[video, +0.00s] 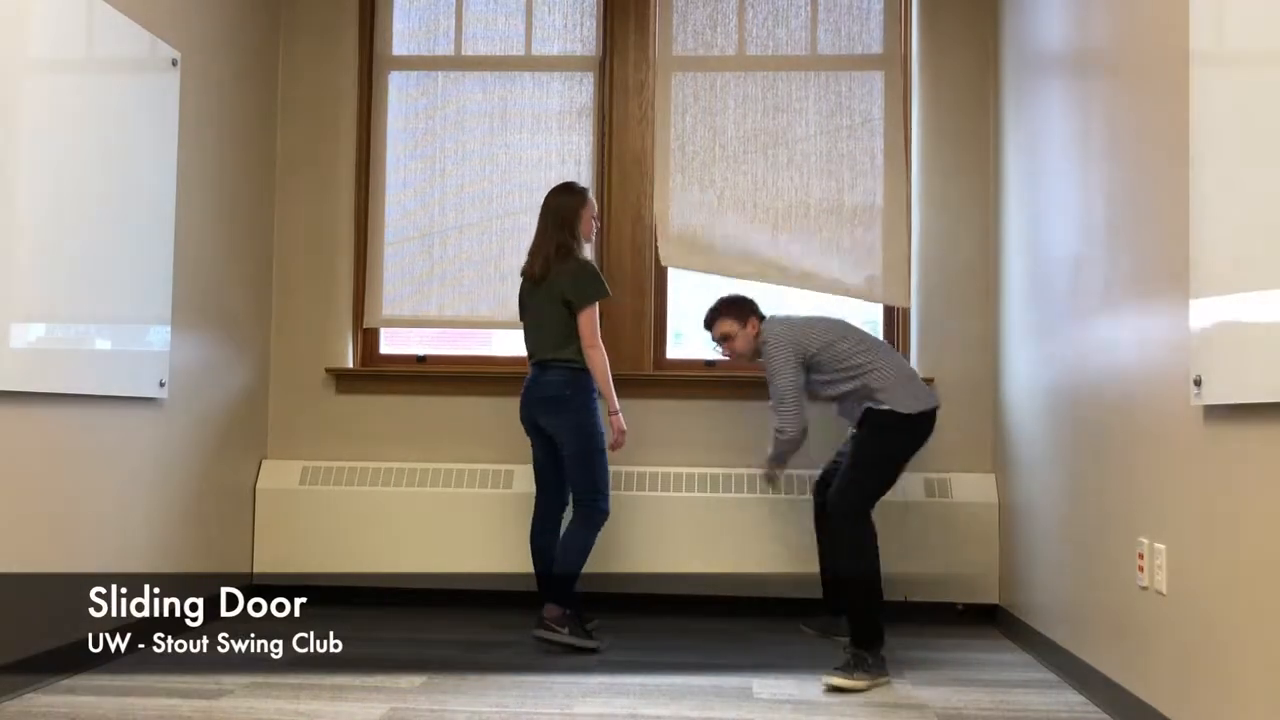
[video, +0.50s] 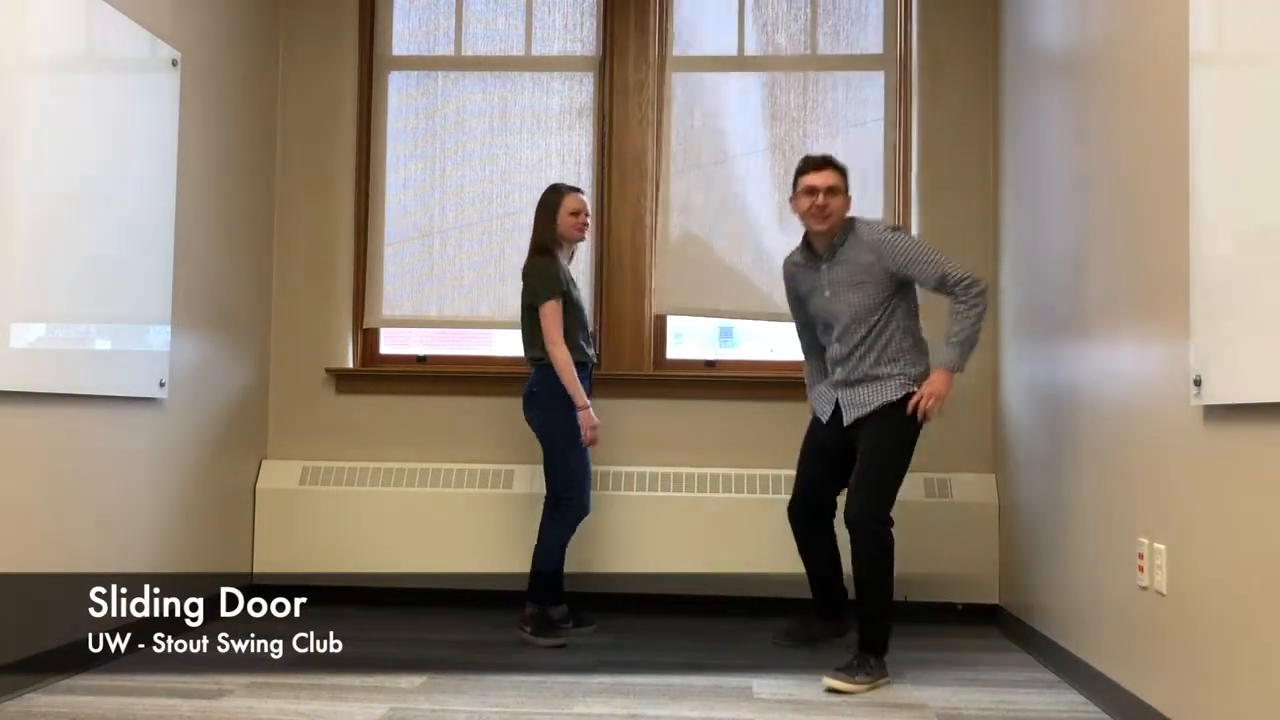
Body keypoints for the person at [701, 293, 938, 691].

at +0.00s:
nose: (724, 351)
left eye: (727, 339)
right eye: (719, 343)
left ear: (752, 325)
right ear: (750, 328)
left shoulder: (778, 340)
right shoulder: (781, 334)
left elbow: (792, 427)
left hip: (900, 409)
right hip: (886, 408)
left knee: (846, 504)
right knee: (828, 492)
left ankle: (868, 655)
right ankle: (840, 616)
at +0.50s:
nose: (820, 202)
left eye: (831, 192)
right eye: (810, 193)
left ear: (847, 200)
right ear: (794, 202)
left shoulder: (883, 244)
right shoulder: (796, 266)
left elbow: (968, 289)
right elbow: (811, 344)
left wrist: (947, 369)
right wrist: (822, 401)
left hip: (895, 398)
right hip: (836, 404)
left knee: (865, 514)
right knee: (807, 510)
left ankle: (872, 656)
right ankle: (832, 616)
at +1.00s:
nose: (843, 153)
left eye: (853, 143)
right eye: (832, 146)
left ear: (870, 152)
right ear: (817, 158)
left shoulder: (904, 211)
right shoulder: (803, 216)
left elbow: (972, 266)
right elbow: (782, 270)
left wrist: (940, 329)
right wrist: (790, 333)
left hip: (881, 385)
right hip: (814, 385)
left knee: (873, 515)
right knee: (798, 510)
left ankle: (873, 652)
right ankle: (798, 637)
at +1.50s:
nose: (806, 153)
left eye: (815, 144)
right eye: (795, 146)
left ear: (831, 154)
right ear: (780, 158)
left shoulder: (864, 213)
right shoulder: (766, 224)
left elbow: (930, 277)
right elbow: (746, 286)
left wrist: (887, 335)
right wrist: (752, 342)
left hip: (843, 387)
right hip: (781, 390)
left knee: (850, 516)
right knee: (794, 519)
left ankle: (866, 653)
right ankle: (795, 639)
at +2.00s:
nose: (796, 155)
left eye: (806, 146)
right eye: (786, 147)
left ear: (823, 156)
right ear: (771, 158)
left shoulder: (853, 214)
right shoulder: (757, 226)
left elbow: (920, 278)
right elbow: (737, 292)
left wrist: (878, 340)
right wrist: (743, 345)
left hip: (834, 388)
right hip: (772, 391)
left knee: (847, 516)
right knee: (789, 518)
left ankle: (863, 651)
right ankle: (795, 637)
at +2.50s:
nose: (799, 155)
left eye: (810, 146)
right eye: (789, 147)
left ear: (828, 155)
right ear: (776, 157)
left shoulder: (858, 214)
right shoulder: (762, 225)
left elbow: (924, 280)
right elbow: (743, 294)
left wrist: (882, 340)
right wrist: (747, 344)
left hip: (838, 388)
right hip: (776, 392)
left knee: (852, 516)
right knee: (791, 517)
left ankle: (863, 653)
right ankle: (795, 636)